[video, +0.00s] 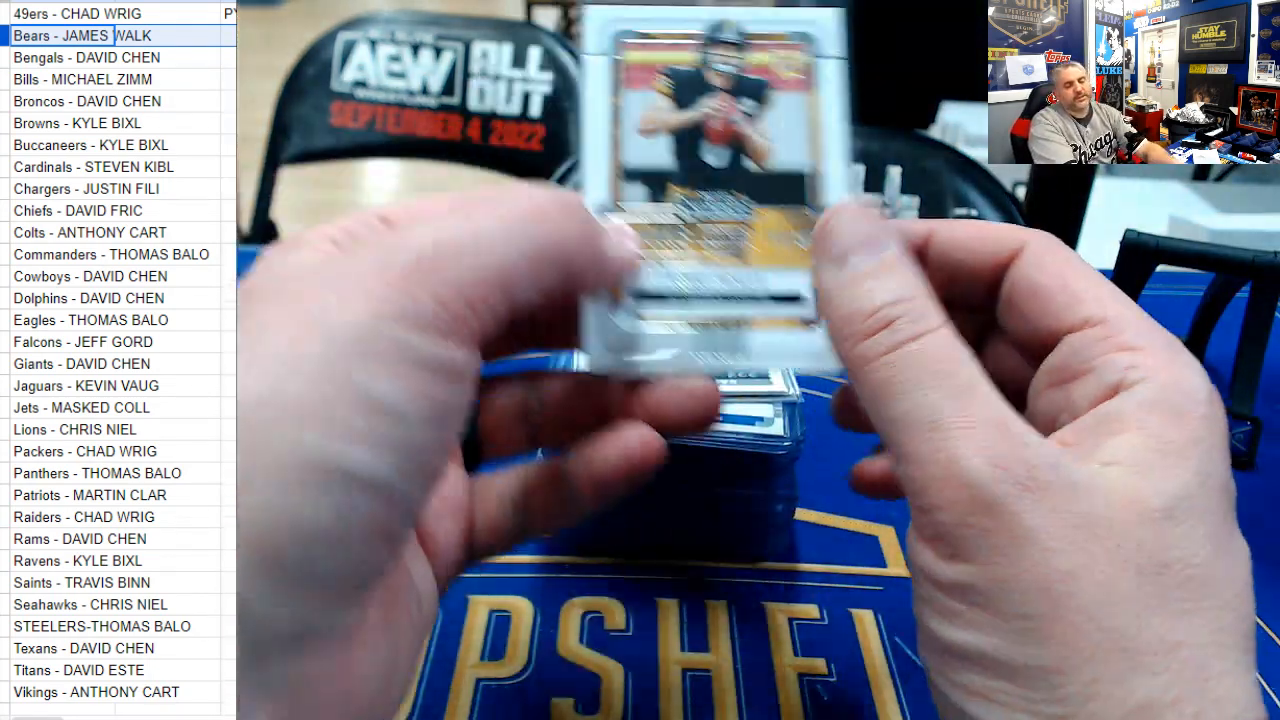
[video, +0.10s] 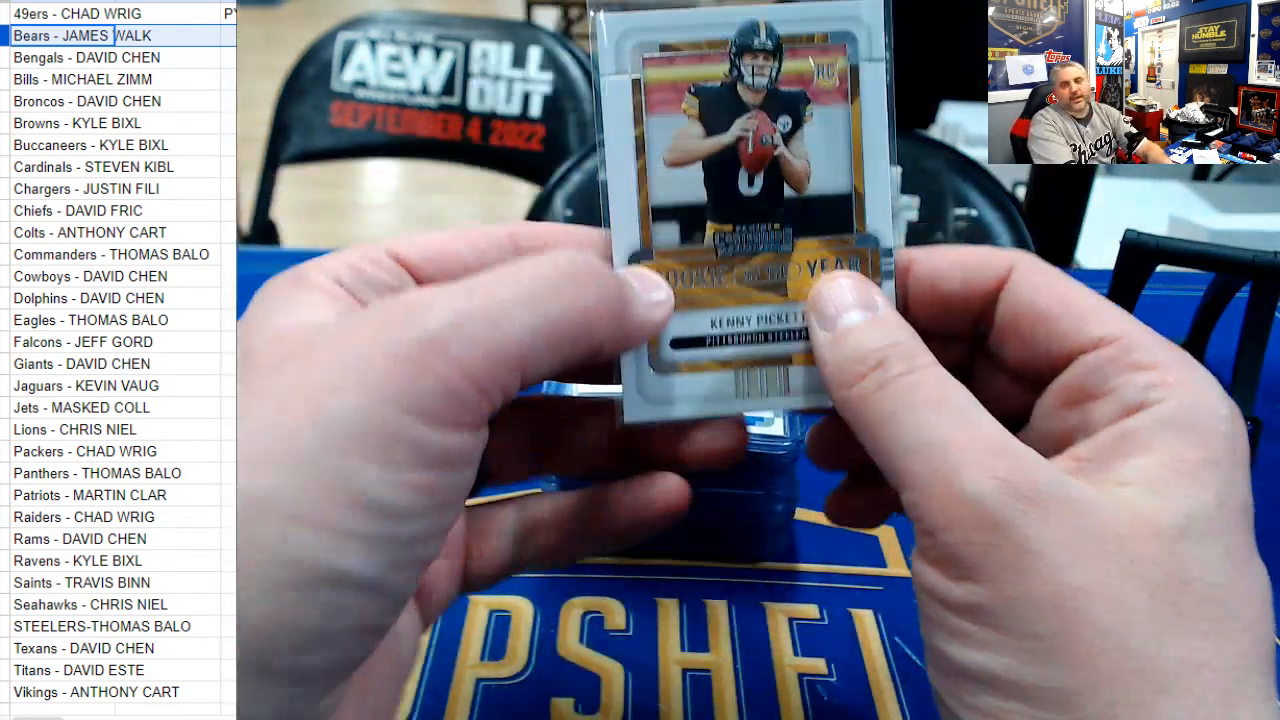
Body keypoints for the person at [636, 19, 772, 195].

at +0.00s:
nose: (725, 56)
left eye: (732, 50)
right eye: (719, 49)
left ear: (741, 55)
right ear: (706, 51)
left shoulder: (753, 91)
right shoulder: (678, 81)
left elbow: (763, 157)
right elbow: (647, 125)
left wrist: (738, 121)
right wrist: (698, 114)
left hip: (733, 195)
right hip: (687, 192)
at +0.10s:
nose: (760, 64)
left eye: (766, 58)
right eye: (752, 57)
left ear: (776, 62)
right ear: (736, 59)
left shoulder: (789, 106)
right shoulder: (707, 101)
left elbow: (801, 183)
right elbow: (672, 156)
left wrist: (781, 151)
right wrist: (727, 138)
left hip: (772, 232)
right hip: (723, 232)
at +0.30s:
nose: (753, 123)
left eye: (760, 117)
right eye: (746, 116)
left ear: (770, 122)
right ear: (730, 118)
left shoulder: (782, 165)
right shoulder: (702, 158)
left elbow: (795, 239)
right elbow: (668, 210)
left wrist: (774, 207)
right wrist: (720, 193)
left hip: (766, 286)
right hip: (717, 286)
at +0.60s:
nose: (748, 151)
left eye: (755, 145)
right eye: (740, 144)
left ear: (765, 149)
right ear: (724, 146)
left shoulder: (777, 192)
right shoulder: (696, 185)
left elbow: (789, 266)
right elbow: (661, 237)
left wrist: (769, 233)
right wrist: (714, 221)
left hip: (761, 315)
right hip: (710, 315)